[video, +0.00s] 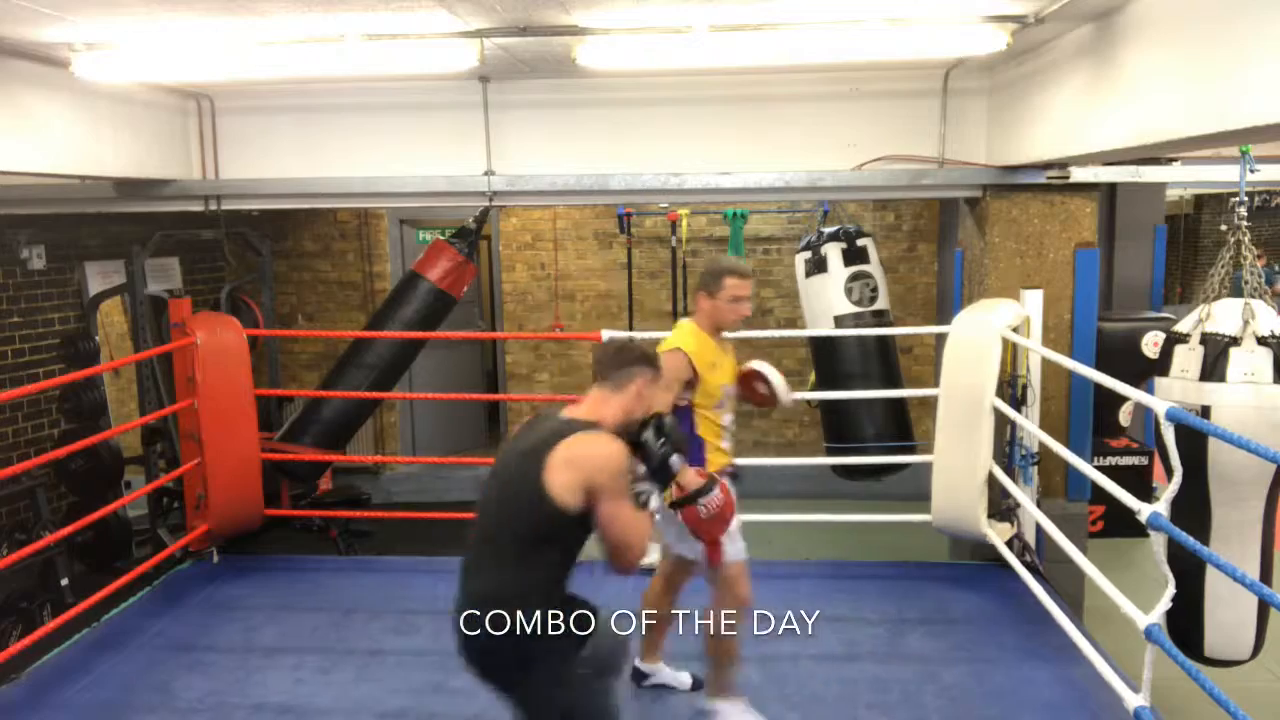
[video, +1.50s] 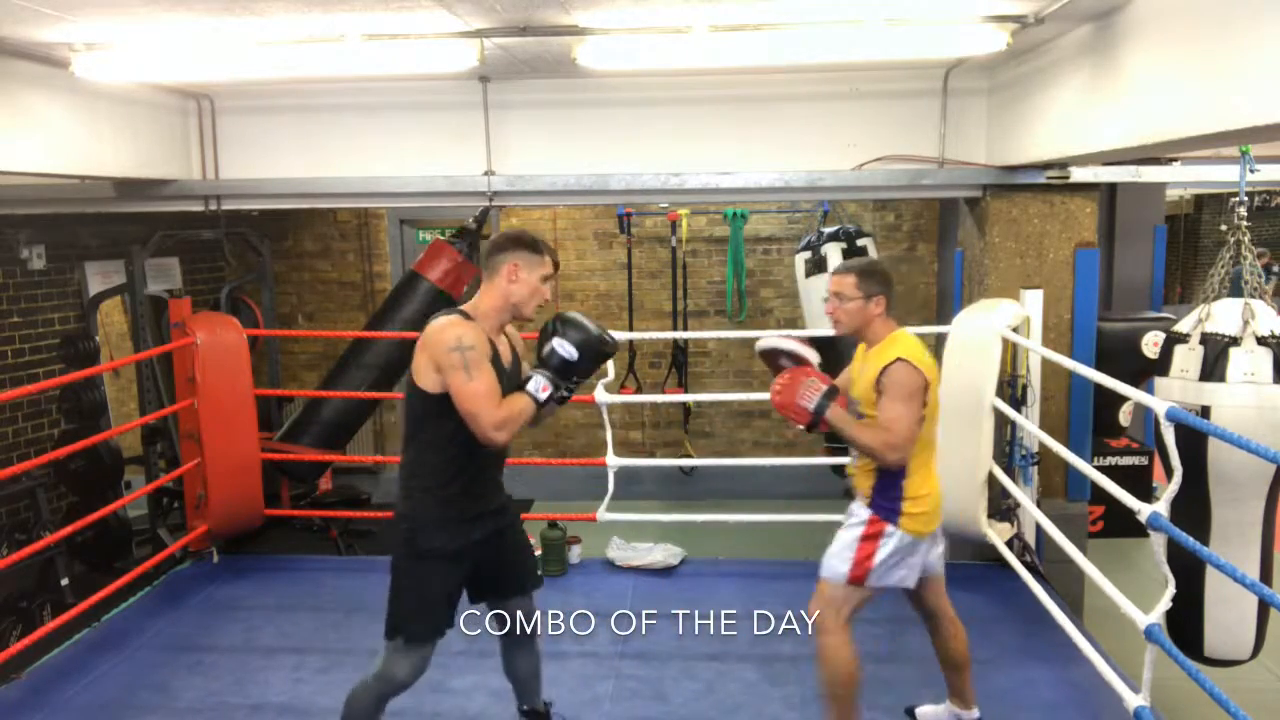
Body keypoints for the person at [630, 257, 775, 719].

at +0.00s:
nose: (745, 310)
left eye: (748, 301)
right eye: (737, 300)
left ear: (723, 302)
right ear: (703, 300)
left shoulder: (720, 345)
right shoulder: (682, 349)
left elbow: (716, 393)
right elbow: (651, 422)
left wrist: (756, 393)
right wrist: (684, 475)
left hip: (706, 481)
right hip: (699, 486)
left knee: (674, 570)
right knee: (735, 593)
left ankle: (649, 662)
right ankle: (720, 696)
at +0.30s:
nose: (804, 318)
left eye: (809, 306)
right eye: (791, 309)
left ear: (817, 305)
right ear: (766, 309)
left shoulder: (826, 346)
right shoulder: (742, 366)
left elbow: (825, 408)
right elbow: (704, 430)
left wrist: (851, 413)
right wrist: (743, 479)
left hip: (819, 485)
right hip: (781, 494)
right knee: (809, 602)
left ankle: (728, 626)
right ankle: (804, 705)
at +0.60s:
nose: (831, 309)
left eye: (842, 298)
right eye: (824, 300)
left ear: (872, 299)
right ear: (818, 302)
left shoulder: (921, 351)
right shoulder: (806, 350)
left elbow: (963, 414)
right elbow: (787, 411)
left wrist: (936, 439)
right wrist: (799, 446)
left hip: (898, 505)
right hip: (831, 505)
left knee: (925, 615)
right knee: (831, 612)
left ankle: (956, 712)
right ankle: (835, 702)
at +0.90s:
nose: (859, 304)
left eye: (871, 294)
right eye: (857, 293)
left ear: (907, 297)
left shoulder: (945, 364)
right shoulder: (879, 343)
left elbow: (986, 439)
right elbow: (889, 412)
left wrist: (910, 449)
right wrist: (849, 423)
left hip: (938, 518)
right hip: (890, 505)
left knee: (956, 626)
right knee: (877, 597)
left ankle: (974, 716)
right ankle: (923, 699)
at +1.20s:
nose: (860, 304)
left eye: (871, 295)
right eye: (860, 294)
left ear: (908, 299)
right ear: (899, 303)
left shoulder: (933, 360)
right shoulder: (897, 346)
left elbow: (937, 449)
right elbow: (863, 391)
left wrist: (859, 420)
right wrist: (828, 383)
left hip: (926, 514)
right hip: (907, 505)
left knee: (917, 630)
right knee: (944, 612)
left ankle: (972, 714)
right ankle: (961, 702)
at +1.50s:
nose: (830, 309)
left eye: (840, 300)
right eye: (830, 299)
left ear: (875, 305)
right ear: (871, 306)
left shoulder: (902, 363)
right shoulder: (871, 352)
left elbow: (892, 448)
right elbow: (842, 401)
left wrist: (825, 408)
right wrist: (809, 390)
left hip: (888, 514)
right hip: (913, 510)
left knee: (828, 615)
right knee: (936, 609)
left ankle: (843, 714)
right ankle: (964, 707)